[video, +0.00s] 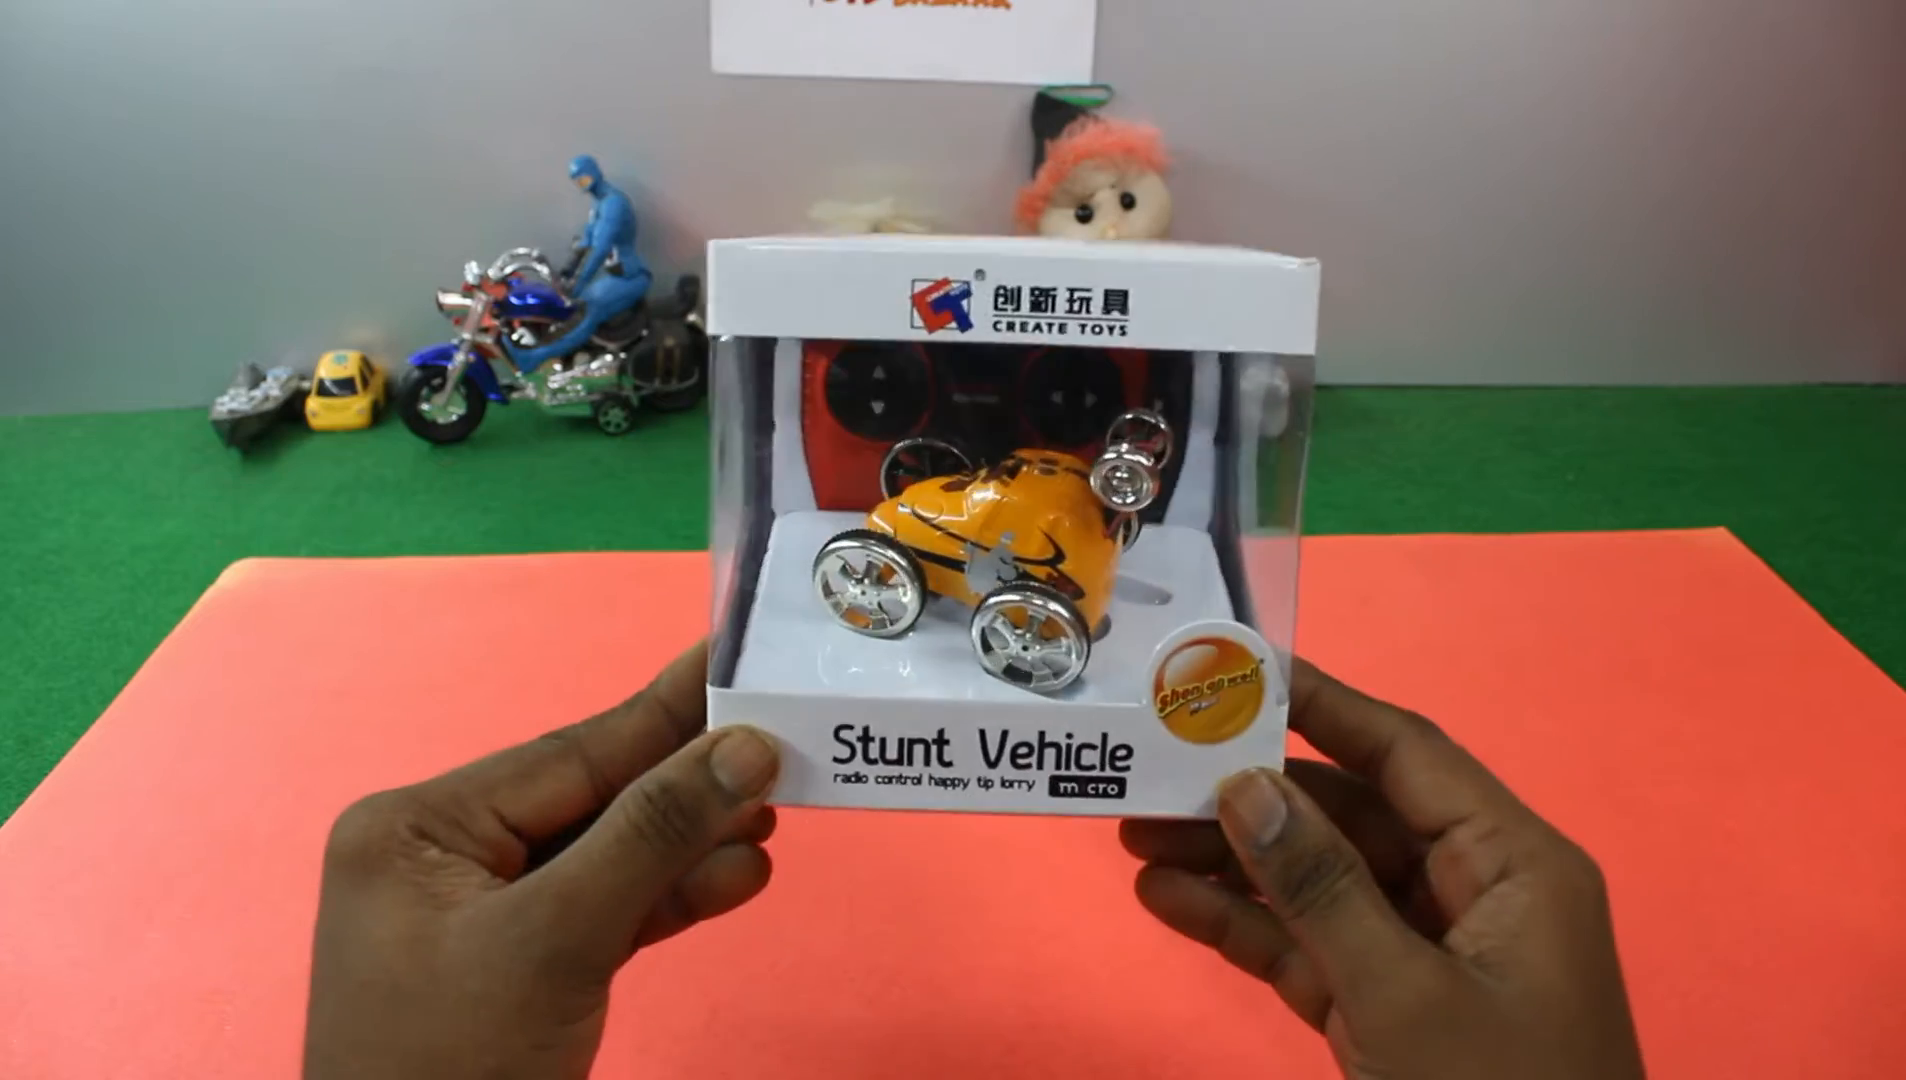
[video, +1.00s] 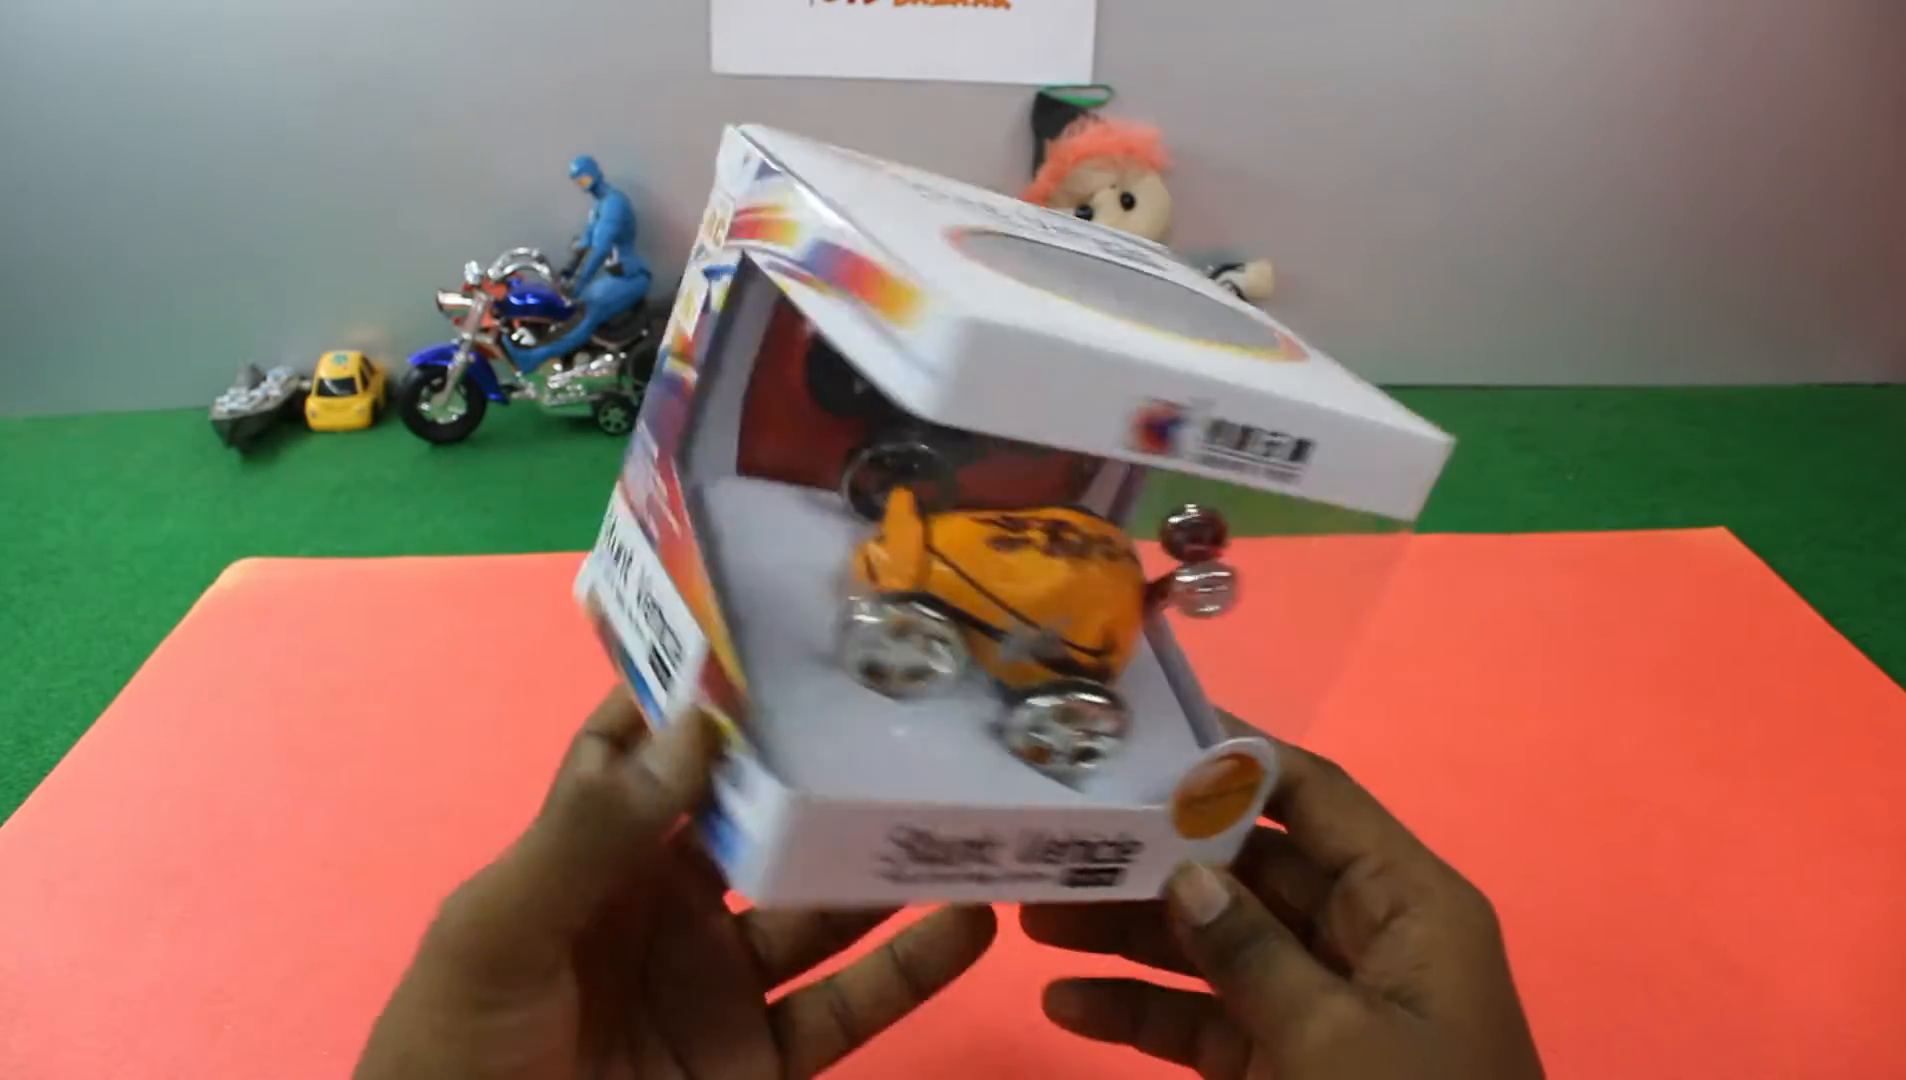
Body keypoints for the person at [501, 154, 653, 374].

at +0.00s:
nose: (581, 184)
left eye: (583, 177)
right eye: (576, 180)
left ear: (594, 174)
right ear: (576, 181)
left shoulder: (614, 203)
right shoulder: (598, 203)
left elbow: (601, 248)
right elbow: (586, 241)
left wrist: (577, 287)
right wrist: (567, 271)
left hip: (631, 277)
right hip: (612, 272)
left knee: (593, 313)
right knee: (575, 301)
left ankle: (532, 359)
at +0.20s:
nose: (581, 184)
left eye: (583, 177)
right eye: (576, 180)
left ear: (594, 174)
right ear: (576, 181)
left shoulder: (614, 203)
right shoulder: (598, 203)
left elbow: (601, 248)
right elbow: (586, 241)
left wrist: (577, 287)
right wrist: (567, 271)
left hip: (631, 277)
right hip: (611, 272)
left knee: (593, 313)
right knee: (574, 301)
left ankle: (532, 359)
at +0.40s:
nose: (581, 184)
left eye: (583, 177)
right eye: (576, 179)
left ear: (594, 174)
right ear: (576, 181)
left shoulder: (614, 203)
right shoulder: (598, 203)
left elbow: (601, 248)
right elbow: (586, 241)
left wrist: (577, 287)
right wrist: (567, 272)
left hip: (630, 277)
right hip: (611, 272)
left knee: (592, 312)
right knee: (573, 302)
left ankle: (532, 358)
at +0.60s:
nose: (581, 184)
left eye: (583, 177)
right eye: (577, 180)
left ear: (594, 174)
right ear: (577, 181)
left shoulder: (614, 203)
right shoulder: (598, 205)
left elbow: (602, 248)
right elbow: (587, 241)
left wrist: (578, 285)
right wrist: (567, 271)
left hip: (630, 276)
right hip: (611, 272)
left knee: (592, 311)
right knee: (574, 302)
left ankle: (532, 358)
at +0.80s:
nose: (581, 184)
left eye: (583, 177)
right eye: (577, 180)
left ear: (594, 174)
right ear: (576, 181)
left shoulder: (614, 203)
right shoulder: (598, 204)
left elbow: (602, 247)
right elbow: (587, 241)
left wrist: (578, 286)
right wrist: (568, 271)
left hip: (630, 276)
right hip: (611, 272)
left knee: (592, 311)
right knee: (574, 302)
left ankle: (533, 358)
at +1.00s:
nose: (581, 184)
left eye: (583, 177)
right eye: (577, 180)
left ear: (594, 174)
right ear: (577, 181)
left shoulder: (614, 203)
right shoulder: (598, 204)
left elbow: (602, 248)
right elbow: (587, 241)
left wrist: (578, 285)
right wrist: (568, 270)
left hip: (630, 276)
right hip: (611, 272)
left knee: (591, 312)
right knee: (574, 301)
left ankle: (532, 358)